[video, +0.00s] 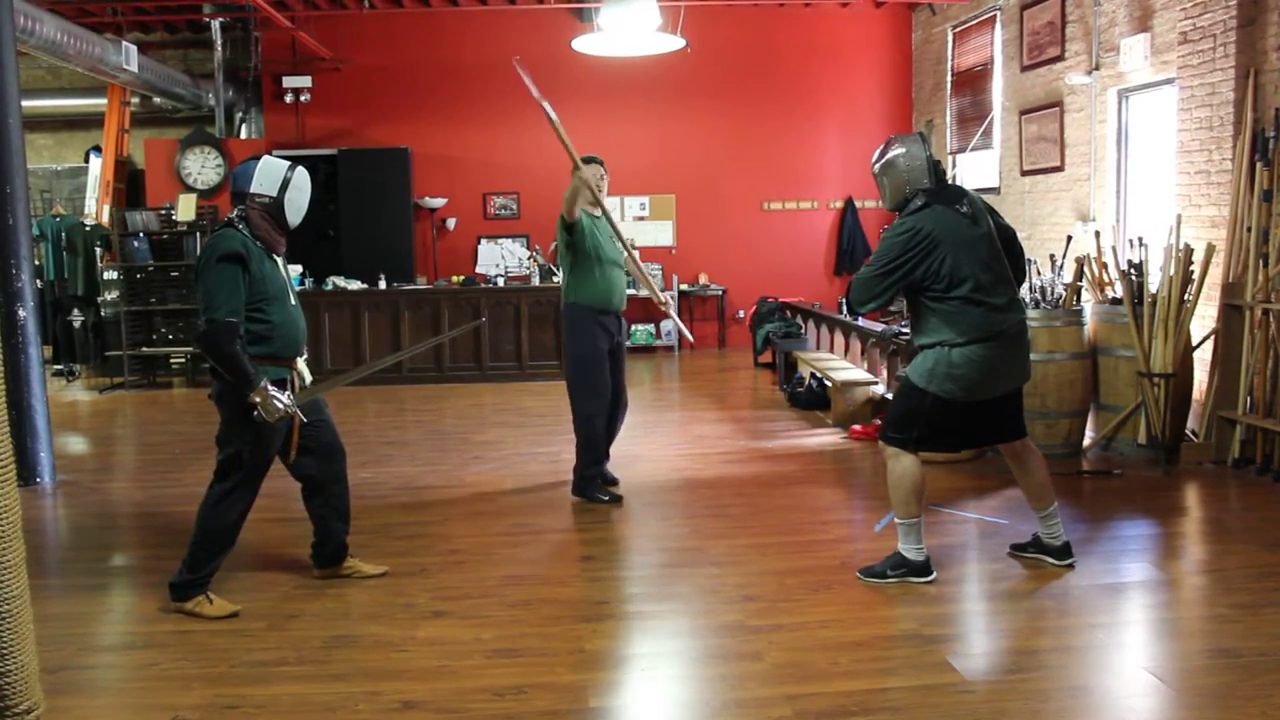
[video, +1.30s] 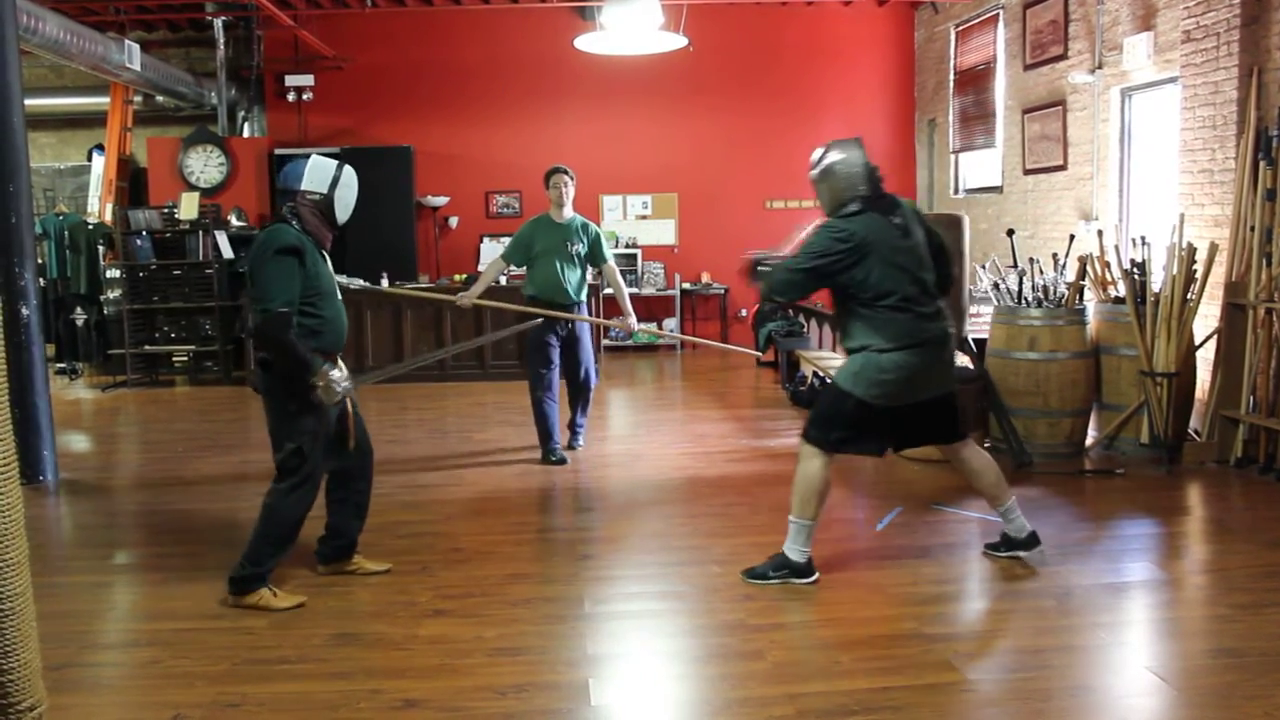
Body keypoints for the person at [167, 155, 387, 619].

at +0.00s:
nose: (296, 210)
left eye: (295, 201)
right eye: (292, 200)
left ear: (259, 195)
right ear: (270, 196)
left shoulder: (263, 244)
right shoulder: (230, 247)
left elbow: (271, 311)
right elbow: (218, 333)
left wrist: (293, 358)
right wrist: (255, 390)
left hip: (286, 377)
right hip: (252, 381)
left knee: (326, 460)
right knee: (235, 484)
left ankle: (332, 556)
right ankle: (189, 588)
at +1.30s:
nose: (338, 216)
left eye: (336, 207)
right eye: (333, 205)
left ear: (306, 203)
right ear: (312, 201)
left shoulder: (305, 244)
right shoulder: (281, 244)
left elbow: (306, 316)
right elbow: (274, 327)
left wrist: (331, 360)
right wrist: (316, 373)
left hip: (321, 370)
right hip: (292, 375)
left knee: (355, 457)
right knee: (302, 473)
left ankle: (338, 553)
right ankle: (249, 582)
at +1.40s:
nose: (337, 219)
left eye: (336, 211)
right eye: (332, 209)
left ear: (304, 204)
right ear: (310, 203)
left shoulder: (305, 245)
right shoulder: (284, 243)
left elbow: (311, 315)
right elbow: (291, 317)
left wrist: (343, 357)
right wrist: (344, 350)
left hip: (319, 374)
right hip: (293, 377)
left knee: (354, 455)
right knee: (305, 472)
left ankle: (338, 553)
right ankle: (247, 581)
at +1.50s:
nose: (333, 209)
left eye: (332, 200)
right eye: (329, 199)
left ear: (289, 196)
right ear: (308, 195)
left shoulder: (270, 240)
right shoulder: (294, 243)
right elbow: (332, 304)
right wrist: (398, 311)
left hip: (306, 371)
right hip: (295, 374)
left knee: (350, 456)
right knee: (307, 469)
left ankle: (338, 554)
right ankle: (241, 579)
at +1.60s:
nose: (319, 202)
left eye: (317, 193)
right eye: (314, 193)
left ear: (270, 196)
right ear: (294, 194)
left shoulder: (246, 247)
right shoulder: (301, 245)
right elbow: (369, 284)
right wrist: (435, 281)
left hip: (297, 376)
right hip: (298, 379)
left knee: (345, 456)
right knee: (299, 473)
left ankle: (337, 553)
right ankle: (240, 584)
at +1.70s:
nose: (313, 209)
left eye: (311, 201)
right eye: (308, 201)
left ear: (265, 203)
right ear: (288, 202)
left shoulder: (237, 252)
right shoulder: (301, 248)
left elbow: (234, 322)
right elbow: (369, 266)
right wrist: (434, 260)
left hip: (282, 380)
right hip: (296, 381)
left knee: (344, 451)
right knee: (290, 477)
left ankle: (334, 549)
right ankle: (237, 585)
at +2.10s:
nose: (351, 206)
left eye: (349, 200)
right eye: (347, 199)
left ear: (301, 201)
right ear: (333, 199)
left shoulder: (273, 246)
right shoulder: (347, 231)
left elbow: (242, 284)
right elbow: (416, 234)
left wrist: (279, 322)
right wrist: (463, 203)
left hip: (293, 371)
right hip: (332, 368)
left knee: (321, 460)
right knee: (337, 465)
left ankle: (317, 544)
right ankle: (264, 552)